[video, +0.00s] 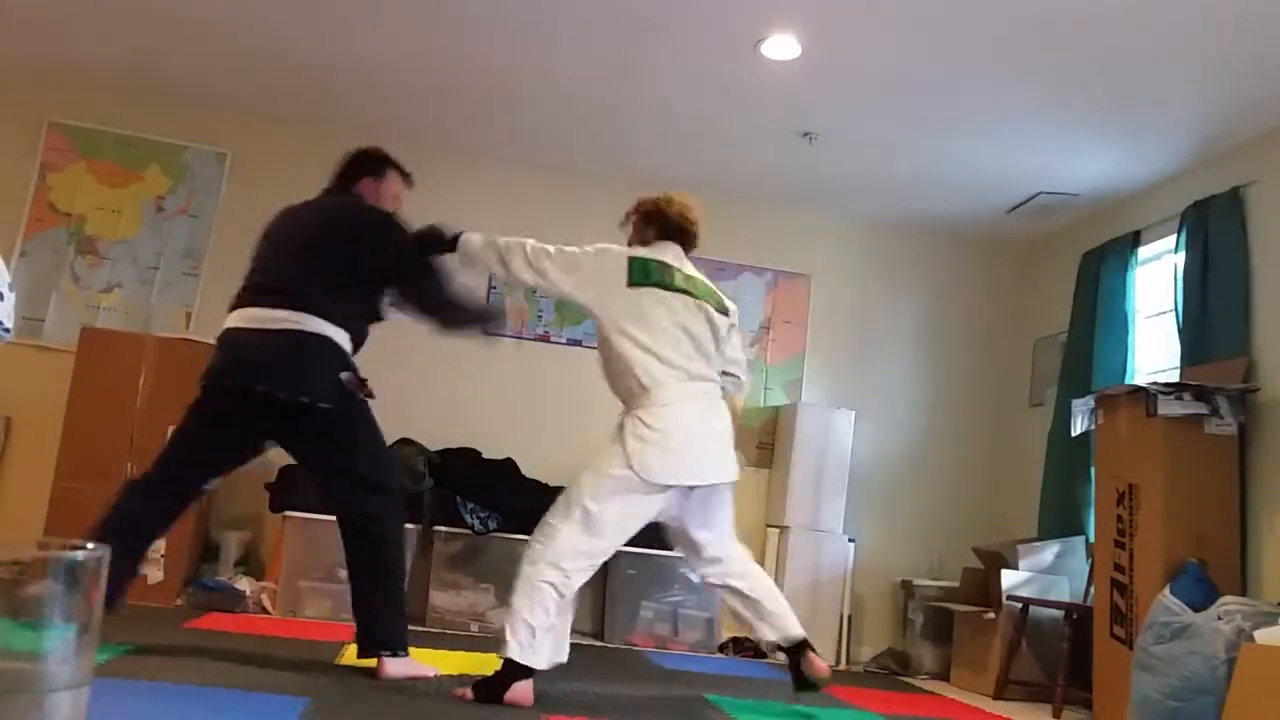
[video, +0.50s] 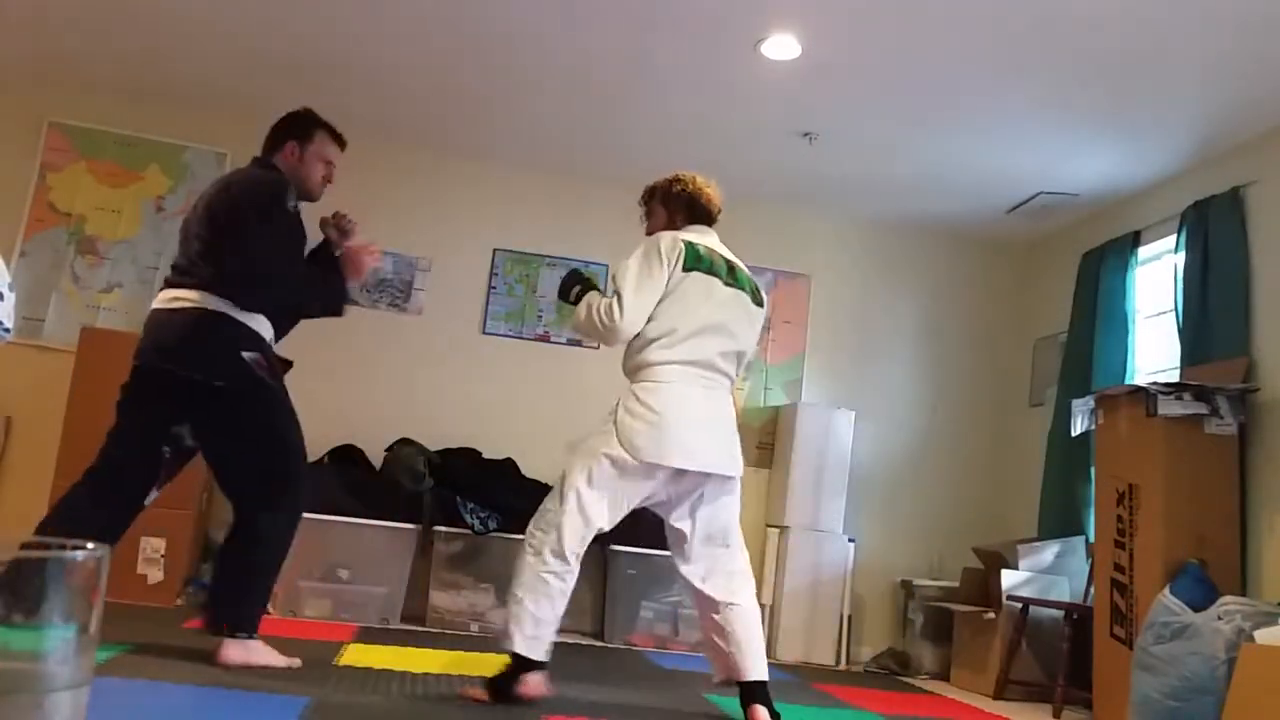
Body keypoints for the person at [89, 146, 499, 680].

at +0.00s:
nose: (402, 206)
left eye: (404, 195)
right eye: (399, 193)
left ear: (349, 187)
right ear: (371, 186)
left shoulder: (292, 218)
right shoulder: (379, 228)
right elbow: (437, 300)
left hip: (237, 367)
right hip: (312, 376)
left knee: (165, 484)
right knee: (373, 508)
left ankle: (80, 597)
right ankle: (386, 650)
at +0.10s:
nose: (372, 200)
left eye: (375, 189)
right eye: (369, 186)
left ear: (317, 177)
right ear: (340, 176)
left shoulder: (260, 214)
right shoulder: (336, 220)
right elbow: (339, 307)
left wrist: (377, 318)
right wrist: (405, 334)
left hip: (215, 366)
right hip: (287, 374)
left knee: (144, 491)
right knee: (350, 504)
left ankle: (37, 593)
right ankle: (381, 649)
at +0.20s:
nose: (346, 187)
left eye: (349, 176)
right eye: (343, 173)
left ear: (289, 165)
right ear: (312, 164)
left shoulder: (235, 204)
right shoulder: (307, 210)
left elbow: (256, 280)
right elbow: (318, 291)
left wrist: (331, 253)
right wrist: (360, 274)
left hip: (193, 361)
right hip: (266, 369)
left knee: (131, 490)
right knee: (329, 505)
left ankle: (29, 599)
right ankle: (369, 642)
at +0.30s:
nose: (333, 179)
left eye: (337, 169)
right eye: (330, 164)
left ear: (281, 154)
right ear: (295, 152)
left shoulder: (228, 189)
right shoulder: (284, 192)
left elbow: (256, 271)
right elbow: (288, 277)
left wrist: (324, 234)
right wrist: (362, 241)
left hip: (177, 346)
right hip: (239, 352)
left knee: (133, 484)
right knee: (314, 480)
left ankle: (39, 598)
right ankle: (332, 629)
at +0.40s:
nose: (332, 178)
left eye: (337, 167)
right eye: (330, 162)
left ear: (285, 151)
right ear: (295, 150)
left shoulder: (222, 187)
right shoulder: (276, 190)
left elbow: (260, 286)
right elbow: (282, 278)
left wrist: (322, 245)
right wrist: (359, 266)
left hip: (170, 340)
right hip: (231, 347)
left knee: (125, 483)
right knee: (300, 478)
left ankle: (28, 599)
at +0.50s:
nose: (331, 179)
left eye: (335, 169)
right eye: (327, 164)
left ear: (286, 154)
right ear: (291, 152)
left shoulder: (227, 190)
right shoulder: (270, 193)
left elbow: (268, 298)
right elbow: (273, 289)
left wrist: (326, 249)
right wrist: (341, 274)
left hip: (164, 339)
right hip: (221, 348)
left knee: (117, 481)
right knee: (276, 489)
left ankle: (20, 597)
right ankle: (238, 634)